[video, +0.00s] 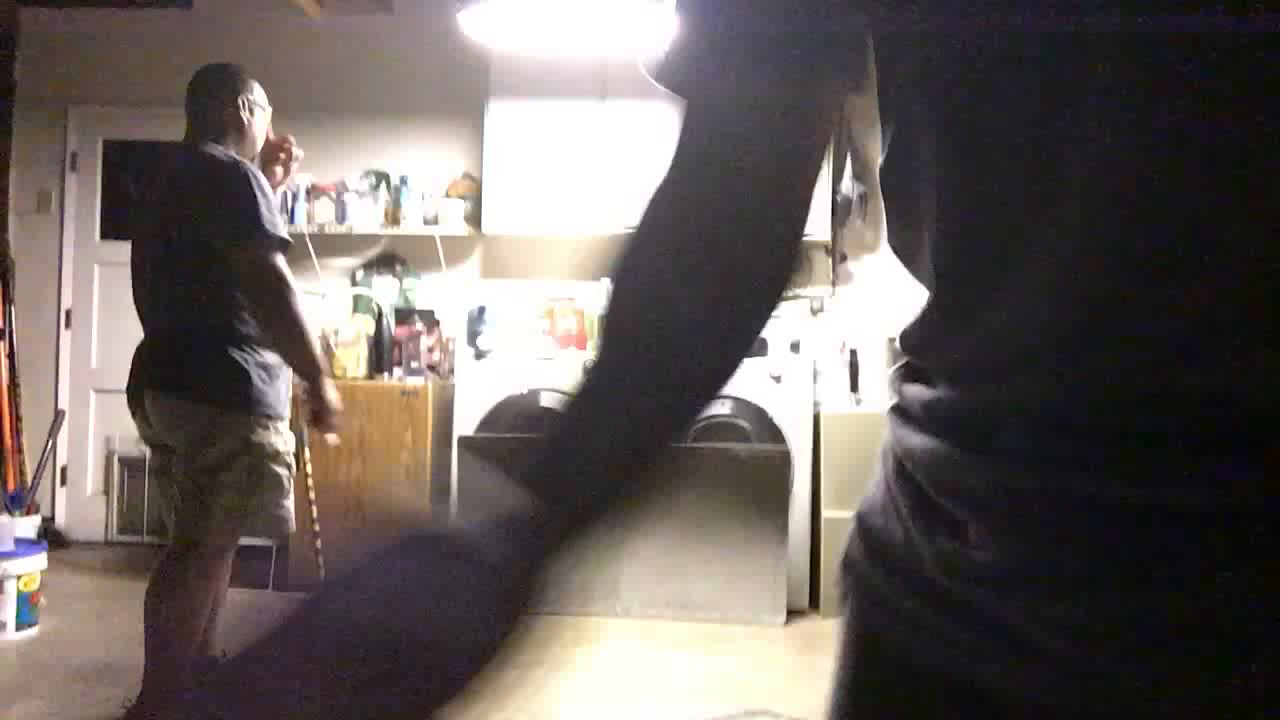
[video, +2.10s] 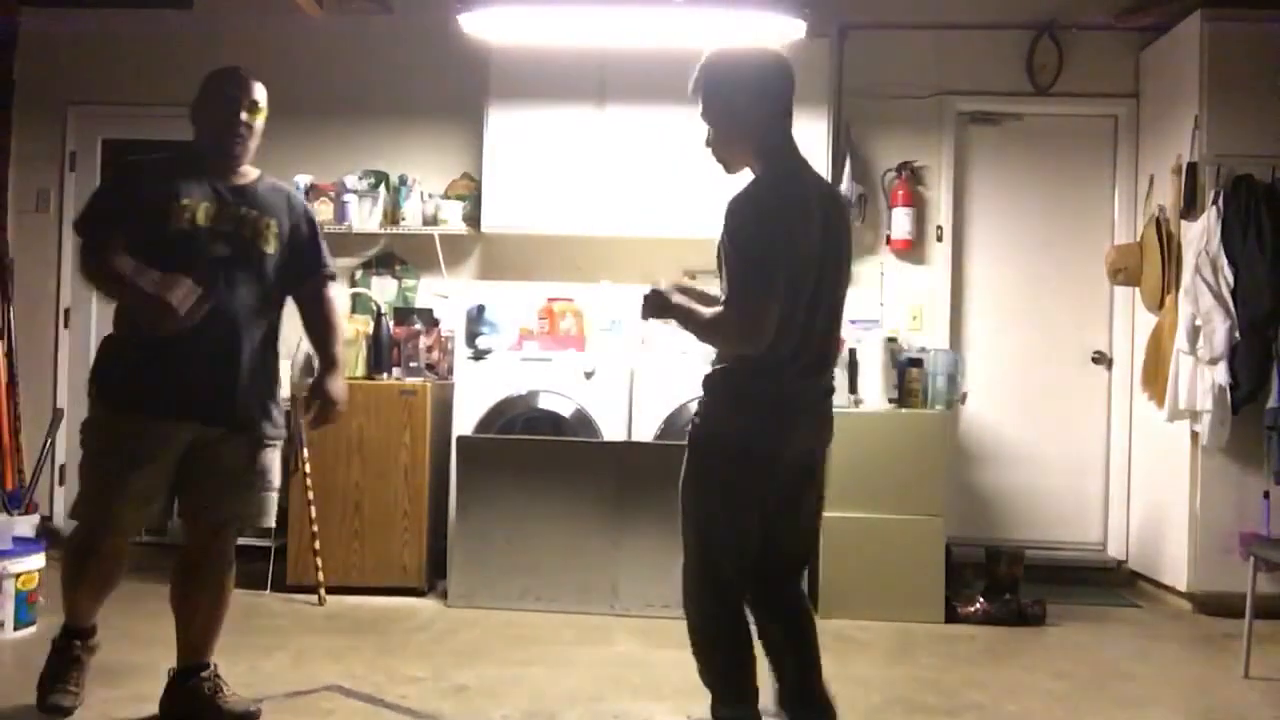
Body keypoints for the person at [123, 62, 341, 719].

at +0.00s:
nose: (267, 128)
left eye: (264, 115)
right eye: (263, 115)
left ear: (196, 114)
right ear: (241, 110)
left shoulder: (169, 175)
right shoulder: (234, 176)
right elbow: (265, 280)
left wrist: (265, 185)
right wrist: (317, 380)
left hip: (166, 377)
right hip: (224, 384)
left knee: (194, 544)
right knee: (209, 548)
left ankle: (183, 690)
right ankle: (166, 703)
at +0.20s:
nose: (289, 134)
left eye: (291, 122)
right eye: (281, 119)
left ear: (230, 118)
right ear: (239, 116)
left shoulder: (222, 180)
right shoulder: (218, 175)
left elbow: (263, 272)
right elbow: (226, 279)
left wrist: (317, 242)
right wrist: (250, 375)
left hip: (190, 380)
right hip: (190, 381)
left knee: (206, 526)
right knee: (199, 533)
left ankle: (197, 666)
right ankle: (160, 694)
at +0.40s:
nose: (300, 147)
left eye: (305, 136)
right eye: (293, 131)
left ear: (291, 142)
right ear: (251, 124)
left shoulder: (265, 212)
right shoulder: (204, 177)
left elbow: (266, 303)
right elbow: (181, 270)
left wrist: (311, 348)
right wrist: (195, 370)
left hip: (232, 394)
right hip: (168, 389)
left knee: (204, 535)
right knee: (161, 535)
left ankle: (194, 672)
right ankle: (130, 688)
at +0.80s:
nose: (238, 141)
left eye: (246, 132)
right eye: (227, 127)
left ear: (250, 139)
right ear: (188, 122)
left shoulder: (248, 219)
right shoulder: (127, 185)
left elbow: (265, 308)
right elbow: (91, 271)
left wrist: (285, 384)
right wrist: (108, 365)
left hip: (214, 404)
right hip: (123, 394)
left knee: (203, 532)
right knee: (97, 527)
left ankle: (195, 670)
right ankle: (64, 649)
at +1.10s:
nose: (162, 137)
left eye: (169, 127)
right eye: (148, 124)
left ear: (177, 136)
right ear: (109, 124)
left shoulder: (193, 214)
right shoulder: (51, 200)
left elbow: (217, 301)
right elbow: (21, 294)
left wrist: (247, 366)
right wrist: (18, 385)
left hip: (172, 409)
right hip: (71, 408)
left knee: (192, 525)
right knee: (63, 535)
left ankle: (195, 666)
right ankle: (57, 658)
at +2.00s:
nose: (220, 119)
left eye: (232, 111)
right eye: (207, 107)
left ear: (246, 124)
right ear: (178, 114)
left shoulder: (270, 207)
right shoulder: (126, 181)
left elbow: (302, 294)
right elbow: (75, 266)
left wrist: (311, 375)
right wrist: (88, 344)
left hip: (226, 407)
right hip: (127, 394)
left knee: (210, 543)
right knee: (91, 529)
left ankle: (193, 679)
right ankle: (66, 645)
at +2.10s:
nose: (242, 119)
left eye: (253, 110)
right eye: (229, 107)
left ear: (265, 123)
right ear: (198, 113)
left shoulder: (287, 208)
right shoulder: (145, 179)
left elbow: (316, 289)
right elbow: (94, 249)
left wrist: (333, 365)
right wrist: (136, 284)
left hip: (240, 408)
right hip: (141, 397)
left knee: (215, 543)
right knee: (104, 531)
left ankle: (193, 679)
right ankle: (75, 643)